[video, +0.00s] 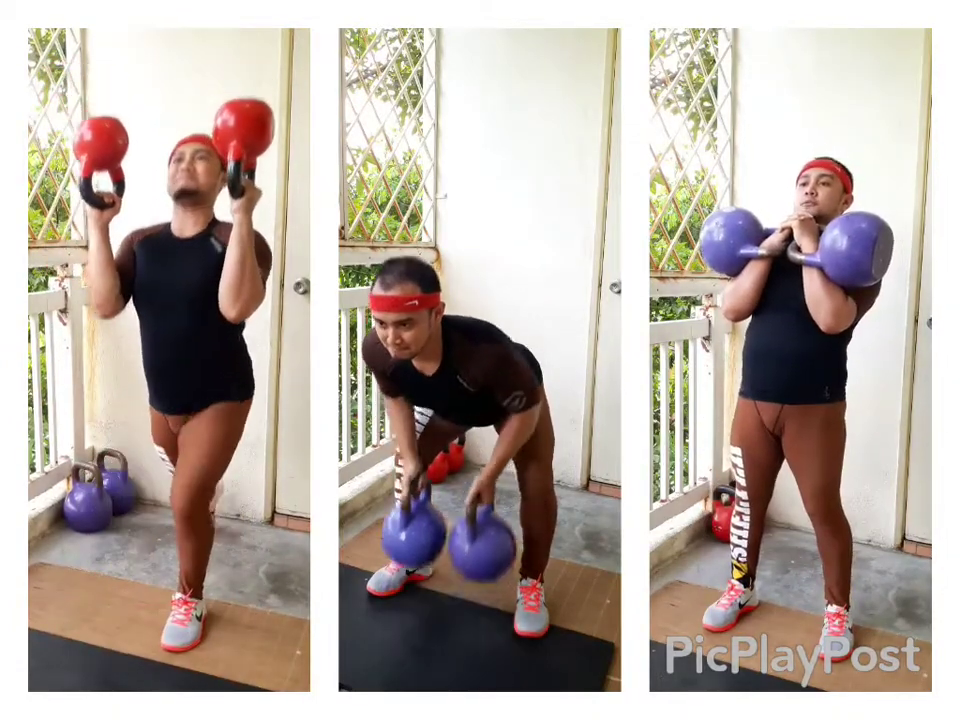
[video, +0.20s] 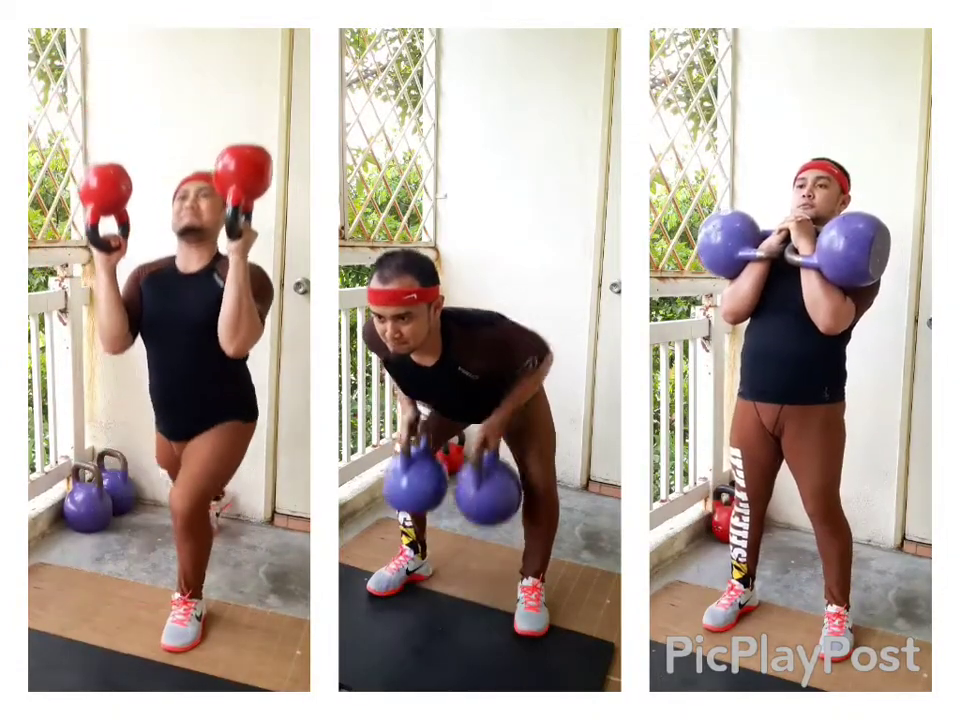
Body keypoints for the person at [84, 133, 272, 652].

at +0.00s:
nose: (186, 166)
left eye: (201, 158)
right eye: (177, 160)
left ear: (222, 177)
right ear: (167, 179)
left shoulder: (243, 241)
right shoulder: (141, 241)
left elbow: (236, 307)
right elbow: (105, 304)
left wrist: (241, 215)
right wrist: (99, 223)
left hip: (222, 391)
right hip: (163, 392)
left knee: (187, 502)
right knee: (185, 480)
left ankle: (189, 598)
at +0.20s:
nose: (190, 204)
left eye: (204, 196)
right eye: (181, 197)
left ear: (225, 213)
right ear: (171, 215)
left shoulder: (248, 278)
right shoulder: (147, 275)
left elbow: (235, 344)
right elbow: (114, 342)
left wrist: (237, 254)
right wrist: (104, 261)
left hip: (226, 414)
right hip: (168, 412)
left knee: (185, 504)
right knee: (175, 473)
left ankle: (187, 600)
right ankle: (212, 504)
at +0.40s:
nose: (196, 233)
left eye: (208, 226)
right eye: (188, 226)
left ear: (228, 241)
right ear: (177, 241)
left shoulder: (252, 303)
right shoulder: (153, 300)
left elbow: (237, 370)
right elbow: (120, 366)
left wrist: (239, 284)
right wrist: (107, 293)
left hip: (228, 436)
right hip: (171, 437)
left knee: (188, 511)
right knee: (179, 513)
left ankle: (188, 601)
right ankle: (195, 572)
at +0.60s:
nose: (201, 245)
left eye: (213, 239)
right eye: (193, 239)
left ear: (232, 255)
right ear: (182, 253)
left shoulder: (255, 316)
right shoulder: (156, 309)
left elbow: (240, 384)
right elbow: (123, 373)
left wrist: (241, 303)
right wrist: (113, 304)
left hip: (227, 445)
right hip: (170, 445)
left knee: (184, 513)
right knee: (175, 521)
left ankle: (188, 601)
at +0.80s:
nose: (202, 239)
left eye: (215, 233)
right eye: (195, 232)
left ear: (233, 248)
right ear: (183, 245)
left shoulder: (254, 311)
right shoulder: (157, 301)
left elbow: (242, 381)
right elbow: (123, 364)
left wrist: (245, 300)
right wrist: (115, 293)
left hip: (225, 439)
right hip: (168, 438)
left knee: (180, 513)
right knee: (176, 518)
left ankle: (190, 600)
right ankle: (201, 538)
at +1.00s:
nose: (200, 206)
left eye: (213, 199)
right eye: (192, 199)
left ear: (233, 215)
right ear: (181, 213)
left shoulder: (254, 283)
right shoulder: (154, 271)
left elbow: (243, 354)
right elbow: (119, 336)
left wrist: (247, 267)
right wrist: (112, 259)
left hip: (223, 416)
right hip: (166, 410)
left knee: (184, 510)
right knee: (171, 472)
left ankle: (189, 600)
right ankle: (207, 506)